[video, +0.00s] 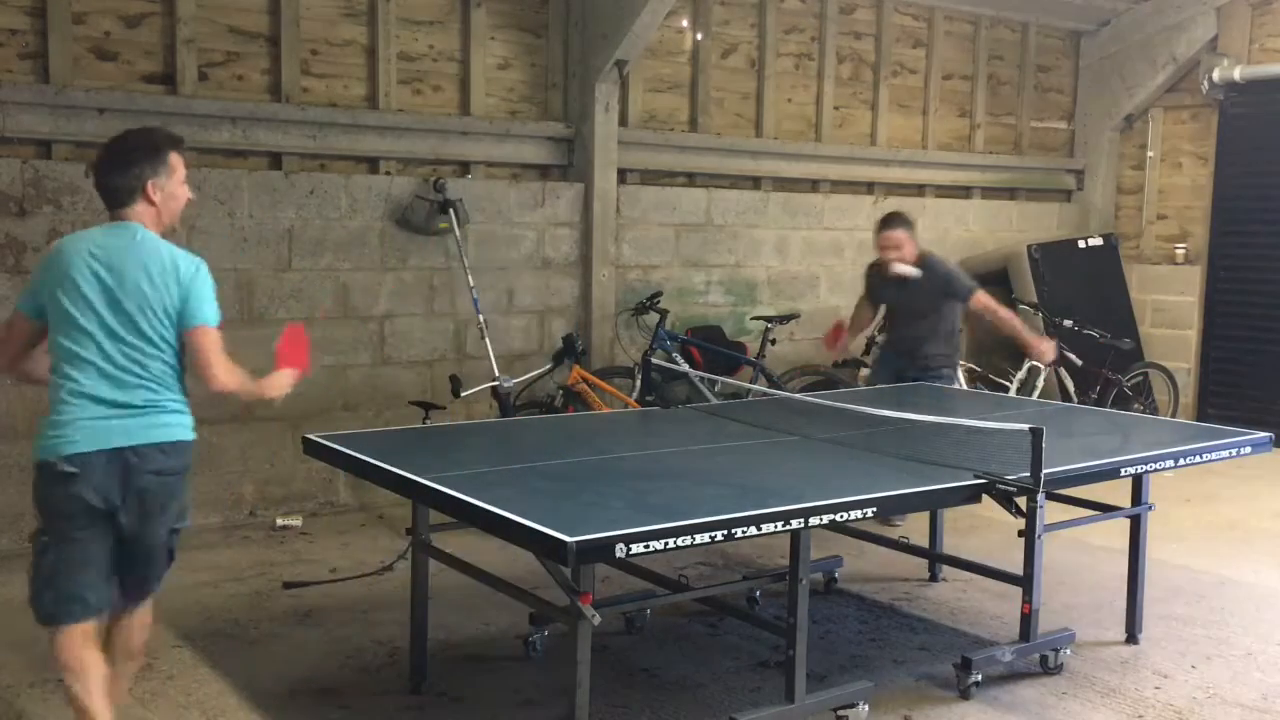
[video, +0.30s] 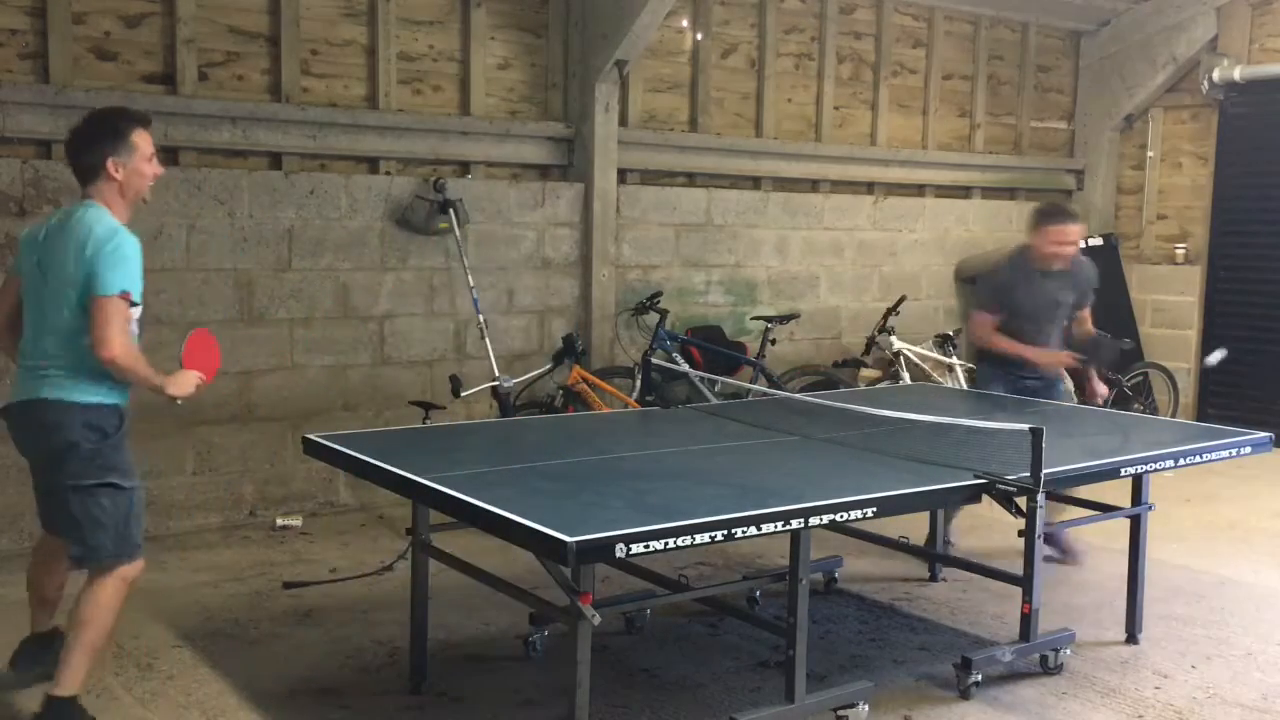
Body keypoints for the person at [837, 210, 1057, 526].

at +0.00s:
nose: (890, 255)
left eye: (897, 247)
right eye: (884, 248)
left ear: (914, 244)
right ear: (878, 247)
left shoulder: (938, 272)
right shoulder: (877, 273)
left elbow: (989, 307)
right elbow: (868, 306)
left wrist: (1032, 341)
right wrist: (848, 333)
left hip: (934, 372)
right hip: (891, 368)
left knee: (921, 439)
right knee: (879, 431)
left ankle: (898, 503)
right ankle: (879, 496)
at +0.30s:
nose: (1068, 252)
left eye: (1073, 243)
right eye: (1059, 243)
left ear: (1079, 241)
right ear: (1035, 238)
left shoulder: (1081, 273)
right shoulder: (1005, 275)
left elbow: (1082, 327)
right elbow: (979, 332)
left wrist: (1092, 374)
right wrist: (1037, 354)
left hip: (1050, 382)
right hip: (1000, 381)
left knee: (1065, 452)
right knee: (980, 454)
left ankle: (1047, 525)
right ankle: (940, 527)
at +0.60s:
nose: (1270, 259)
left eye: (1270, 250)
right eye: (1264, 249)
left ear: (1222, 252)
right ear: (1234, 251)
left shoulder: (1168, 285)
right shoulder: (1243, 304)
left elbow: (1146, 348)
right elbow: (1274, 367)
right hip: (1163, 419)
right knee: (1187, 513)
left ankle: (1189, 569)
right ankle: (1082, 530)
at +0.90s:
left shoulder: (1255, 294)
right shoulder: (1259, 293)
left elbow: (1202, 346)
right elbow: (1202, 346)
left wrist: (1176, 399)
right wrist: (1177, 400)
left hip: (1245, 409)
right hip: (1270, 409)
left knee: (1277, 497)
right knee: (1277, 498)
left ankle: (1222, 556)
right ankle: (1221, 556)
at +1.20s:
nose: (1274, 231)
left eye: (1278, 222)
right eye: (1273, 222)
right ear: (1269, 222)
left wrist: (1267, 397)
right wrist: (1268, 391)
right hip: (1278, 415)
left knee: (1263, 478)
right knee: (1261, 477)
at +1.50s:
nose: (1241, 218)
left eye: (1252, 209)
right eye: (1235, 210)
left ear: (1275, 211)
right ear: (1230, 215)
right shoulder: (1245, 264)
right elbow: (1238, 324)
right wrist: (1197, 372)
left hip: (1277, 390)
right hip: (1276, 388)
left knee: (1263, 467)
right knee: (1262, 468)